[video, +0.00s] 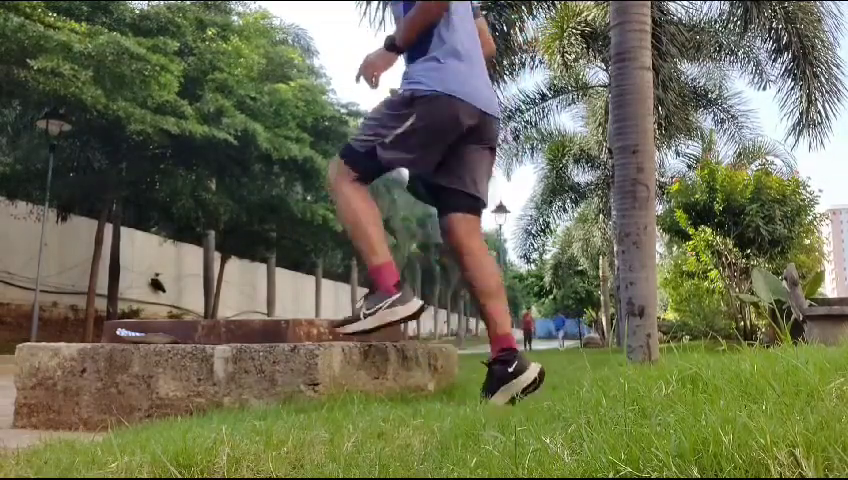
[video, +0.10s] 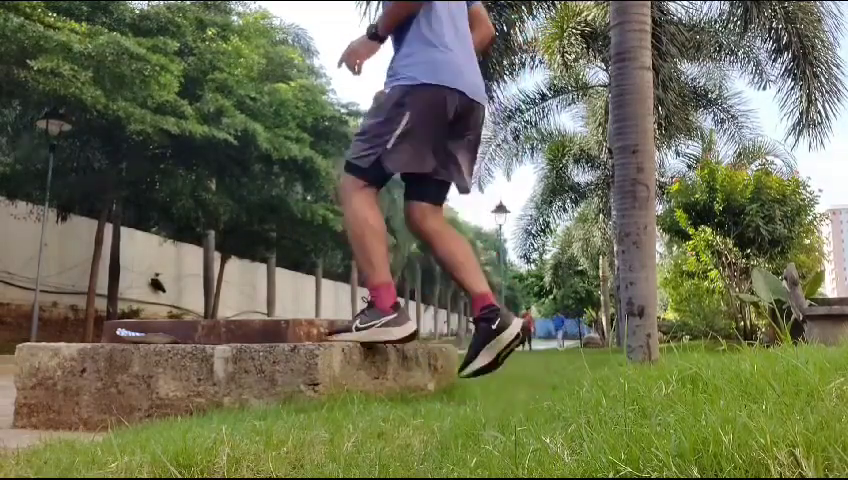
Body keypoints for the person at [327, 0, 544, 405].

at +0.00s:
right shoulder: (464, 5)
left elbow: (436, 4)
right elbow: (486, 44)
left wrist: (389, 49)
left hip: (436, 86)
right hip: (484, 101)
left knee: (345, 174)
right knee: (464, 232)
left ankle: (387, 290)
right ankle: (506, 357)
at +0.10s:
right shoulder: (463, 1)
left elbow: (409, 3)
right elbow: (485, 28)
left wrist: (374, 36)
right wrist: (444, 65)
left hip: (422, 75)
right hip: (471, 89)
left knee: (356, 186)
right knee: (424, 214)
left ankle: (385, 307)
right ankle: (490, 314)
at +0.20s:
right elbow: (485, 9)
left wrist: (369, 17)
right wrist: (453, 54)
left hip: (421, 54)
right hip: (472, 67)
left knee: (377, 175)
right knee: (410, 185)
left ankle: (385, 305)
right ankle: (452, 293)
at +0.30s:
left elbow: (366, 10)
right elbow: (492, 3)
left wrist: (353, 17)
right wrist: (463, 37)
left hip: (426, 50)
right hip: (470, 59)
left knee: (385, 176)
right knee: (415, 185)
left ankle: (411, 301)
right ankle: (418, 302)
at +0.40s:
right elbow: (500, 3)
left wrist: (372, 5)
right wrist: (466, 47)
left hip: (432, 55)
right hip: (468, 62)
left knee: (392, 182)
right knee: (419, 189)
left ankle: (458, 298)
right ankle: (419, 309)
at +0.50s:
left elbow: (381, 7)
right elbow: (512, 2)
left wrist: (376, 11)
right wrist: (475, 39)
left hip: (447, 63)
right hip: (479, 70)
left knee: (427, 202)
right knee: (398, 184)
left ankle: (478, 335)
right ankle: (426, 301)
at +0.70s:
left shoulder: (423, 4)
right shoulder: (487, 5)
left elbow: (442, 9)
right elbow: (530, 37)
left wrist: (401, 68)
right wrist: (494, 101)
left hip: (453, 118)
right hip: (488, 121)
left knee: (462, 254)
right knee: (402, 231)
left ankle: (515, 382)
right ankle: (486, 315)